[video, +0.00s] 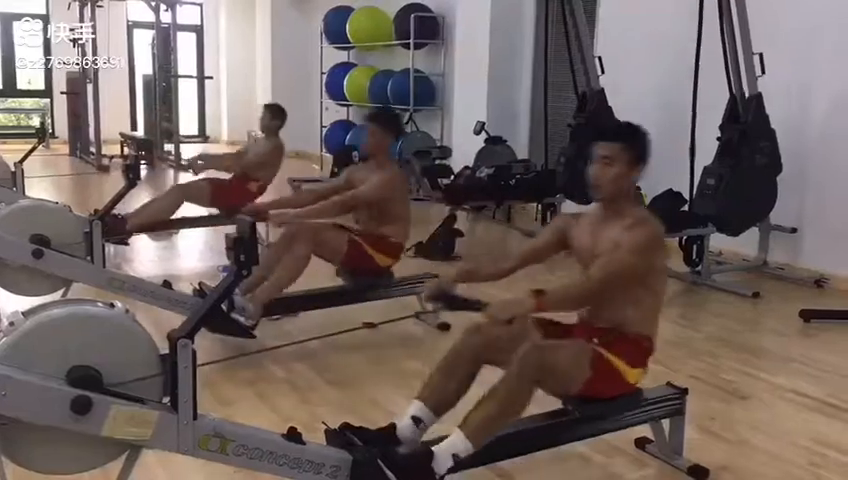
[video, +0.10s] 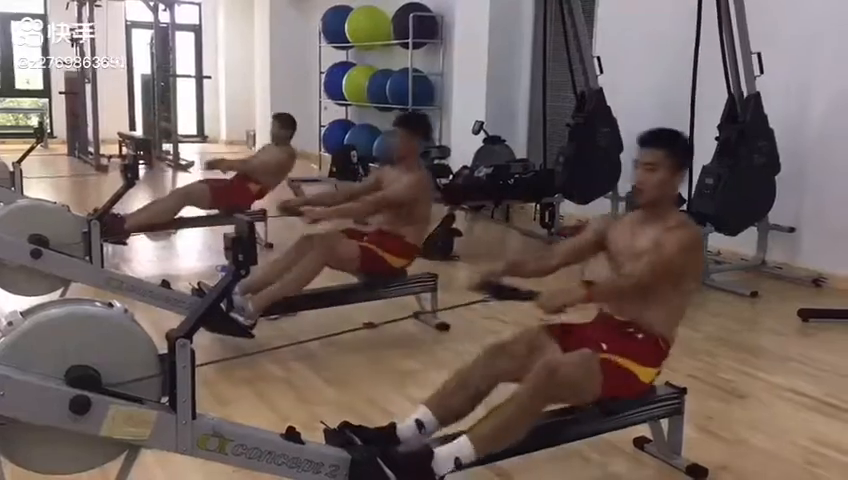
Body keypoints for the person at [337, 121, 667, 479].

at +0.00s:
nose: (598, 171)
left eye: (611, 163)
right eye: (595, 161)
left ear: (636, 172)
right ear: (587, 166)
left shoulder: (644, 232)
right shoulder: (575, 222)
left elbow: (590, 288)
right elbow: (510, 263)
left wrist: (530, 302)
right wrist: (456, 274)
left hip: (620, 357)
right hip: (580, 337)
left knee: (531, 359)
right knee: (479, 337)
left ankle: (438, 462)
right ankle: (402, 435)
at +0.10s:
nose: (640, 176)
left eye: (653, 169)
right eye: (639, 167)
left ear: (679, 177)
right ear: (635, 170)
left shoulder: (684, 237)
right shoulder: (617, 224)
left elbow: (634, 284)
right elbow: (551, 258)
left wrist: (577, 292)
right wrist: (501, 272)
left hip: (638, 353)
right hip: (596, 330)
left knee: (546, 376)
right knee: (499, 355)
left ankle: (441, 462)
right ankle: (404, 436)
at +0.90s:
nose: (654, 179)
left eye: (666, 171)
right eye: (651, 170)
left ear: (692, 179)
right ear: (647, 175)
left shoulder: (699, 237)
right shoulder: (629, 230)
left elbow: (715, 318)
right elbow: (597, 277)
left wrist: (662, 309)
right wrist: (568, 281)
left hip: (638, 346)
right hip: (598, 326)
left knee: (546, 386)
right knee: (507, 366)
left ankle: (429, 462)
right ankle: (394, 432)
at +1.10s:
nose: (635, 173)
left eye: (647, 165)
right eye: (634, 163)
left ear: (675, 174)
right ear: (630, 168)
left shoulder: (684, 230)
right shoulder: (615, 225)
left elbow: (683, 310)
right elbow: (568, 274)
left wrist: (621, 313)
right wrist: (526, 292)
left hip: (641, 343)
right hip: (598, 328)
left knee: (547, 389)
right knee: (507, 371)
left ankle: (435, 462)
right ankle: (396, 431)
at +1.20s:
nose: (629, 172)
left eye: (641, 164)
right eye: (628, 162)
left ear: (670, 170)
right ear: (625, 165)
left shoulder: (681, 229)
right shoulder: (610, 222)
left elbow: (665, 310)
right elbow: (560, 269)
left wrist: (598, 321)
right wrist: (513, 293)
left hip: (641, 343)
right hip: (599, 327)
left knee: (547, 392)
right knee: (506, 373)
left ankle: (436, 460)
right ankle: (398, 430)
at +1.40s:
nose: (620, 170)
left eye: (632, 163)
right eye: (618, 160)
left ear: (660, 170)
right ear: (613, 162)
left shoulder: (673, 227)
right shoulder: (604, 219)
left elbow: (643, 302)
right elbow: (546, 266)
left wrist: (582, 325)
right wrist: (496, 296)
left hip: (644, 343)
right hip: (601, 327)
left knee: (551, 390)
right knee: (509, 372)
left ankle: (439, 460)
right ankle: (402, 429)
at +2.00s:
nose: (597, 166)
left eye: (610, 157)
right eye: (596, 154)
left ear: (640, 164)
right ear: (594, 154)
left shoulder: (656, 222)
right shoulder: (587, 214)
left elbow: (612, 290)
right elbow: (521, 256)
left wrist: (544, 320)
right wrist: (466, 283)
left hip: (644, 342)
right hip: (599, 322)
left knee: (547, 356)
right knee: (507, 342)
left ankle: (448, 450)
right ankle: (415, 420)